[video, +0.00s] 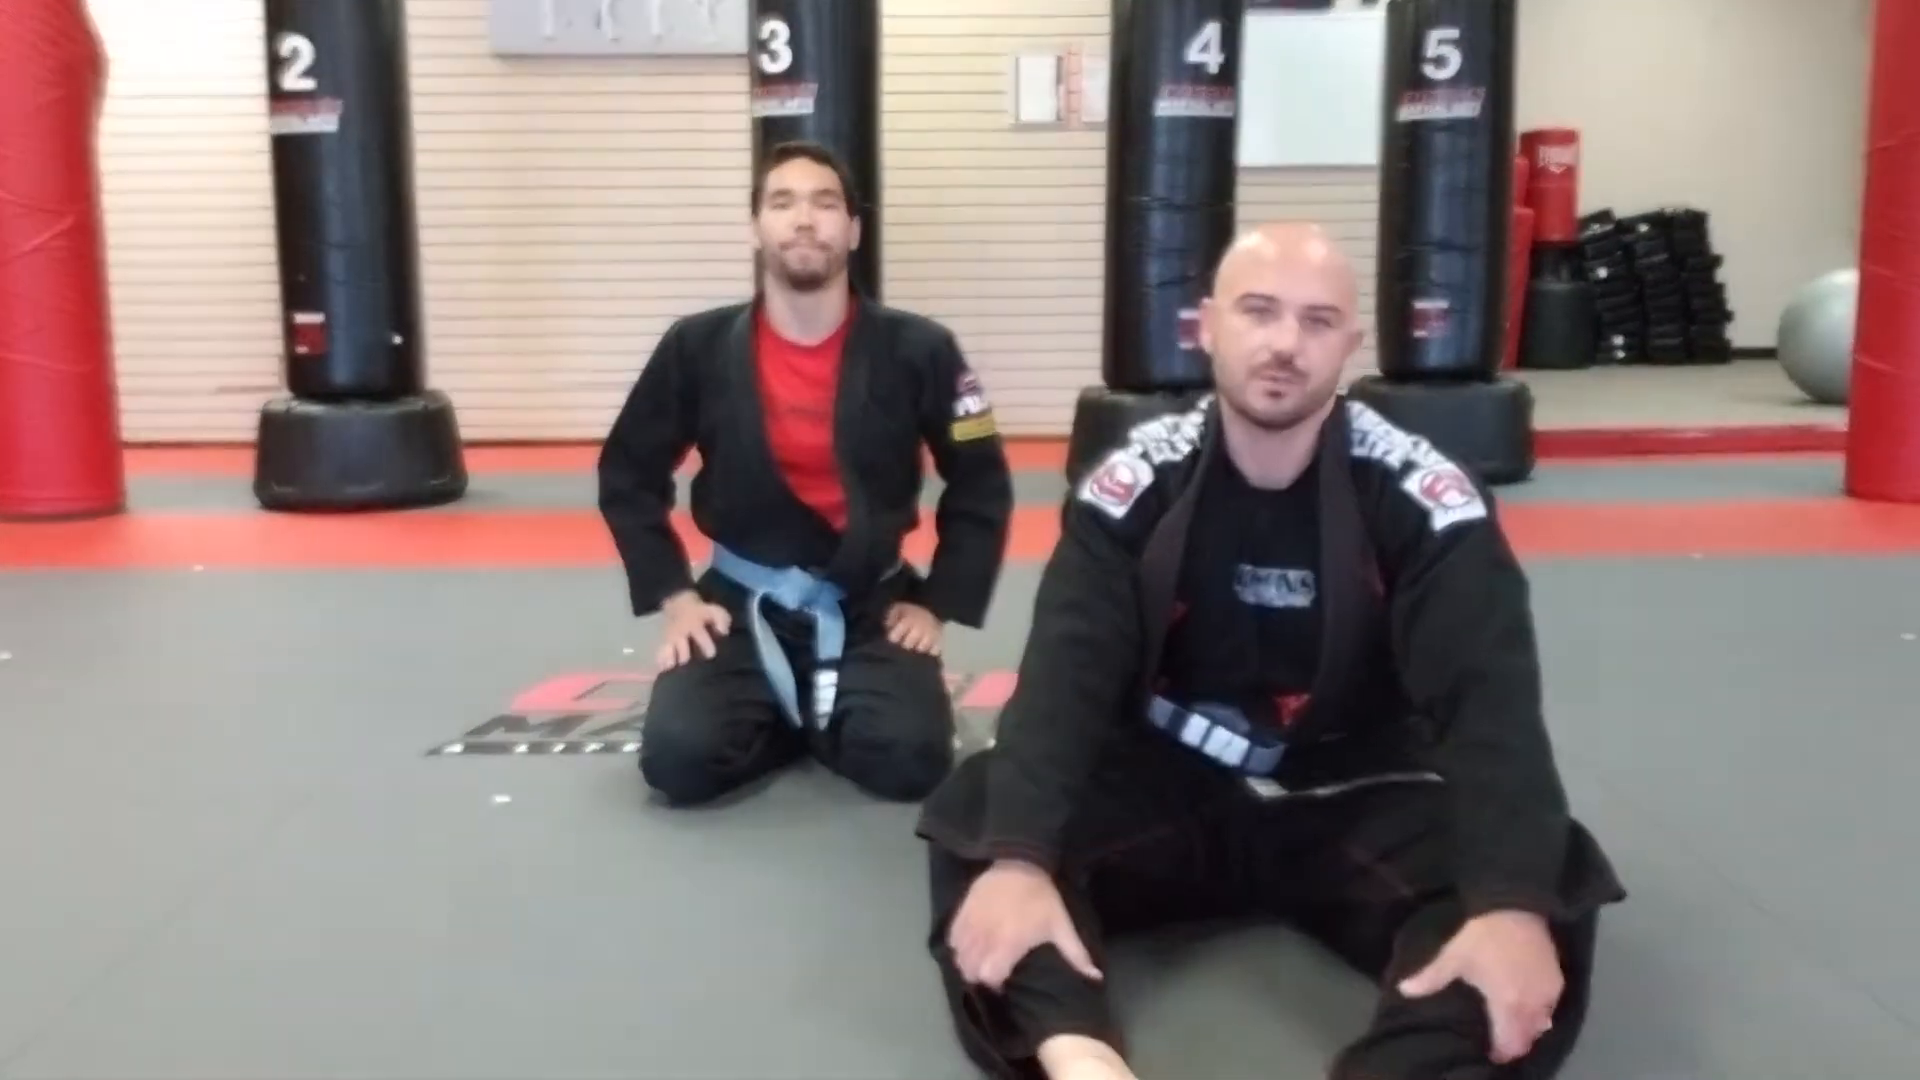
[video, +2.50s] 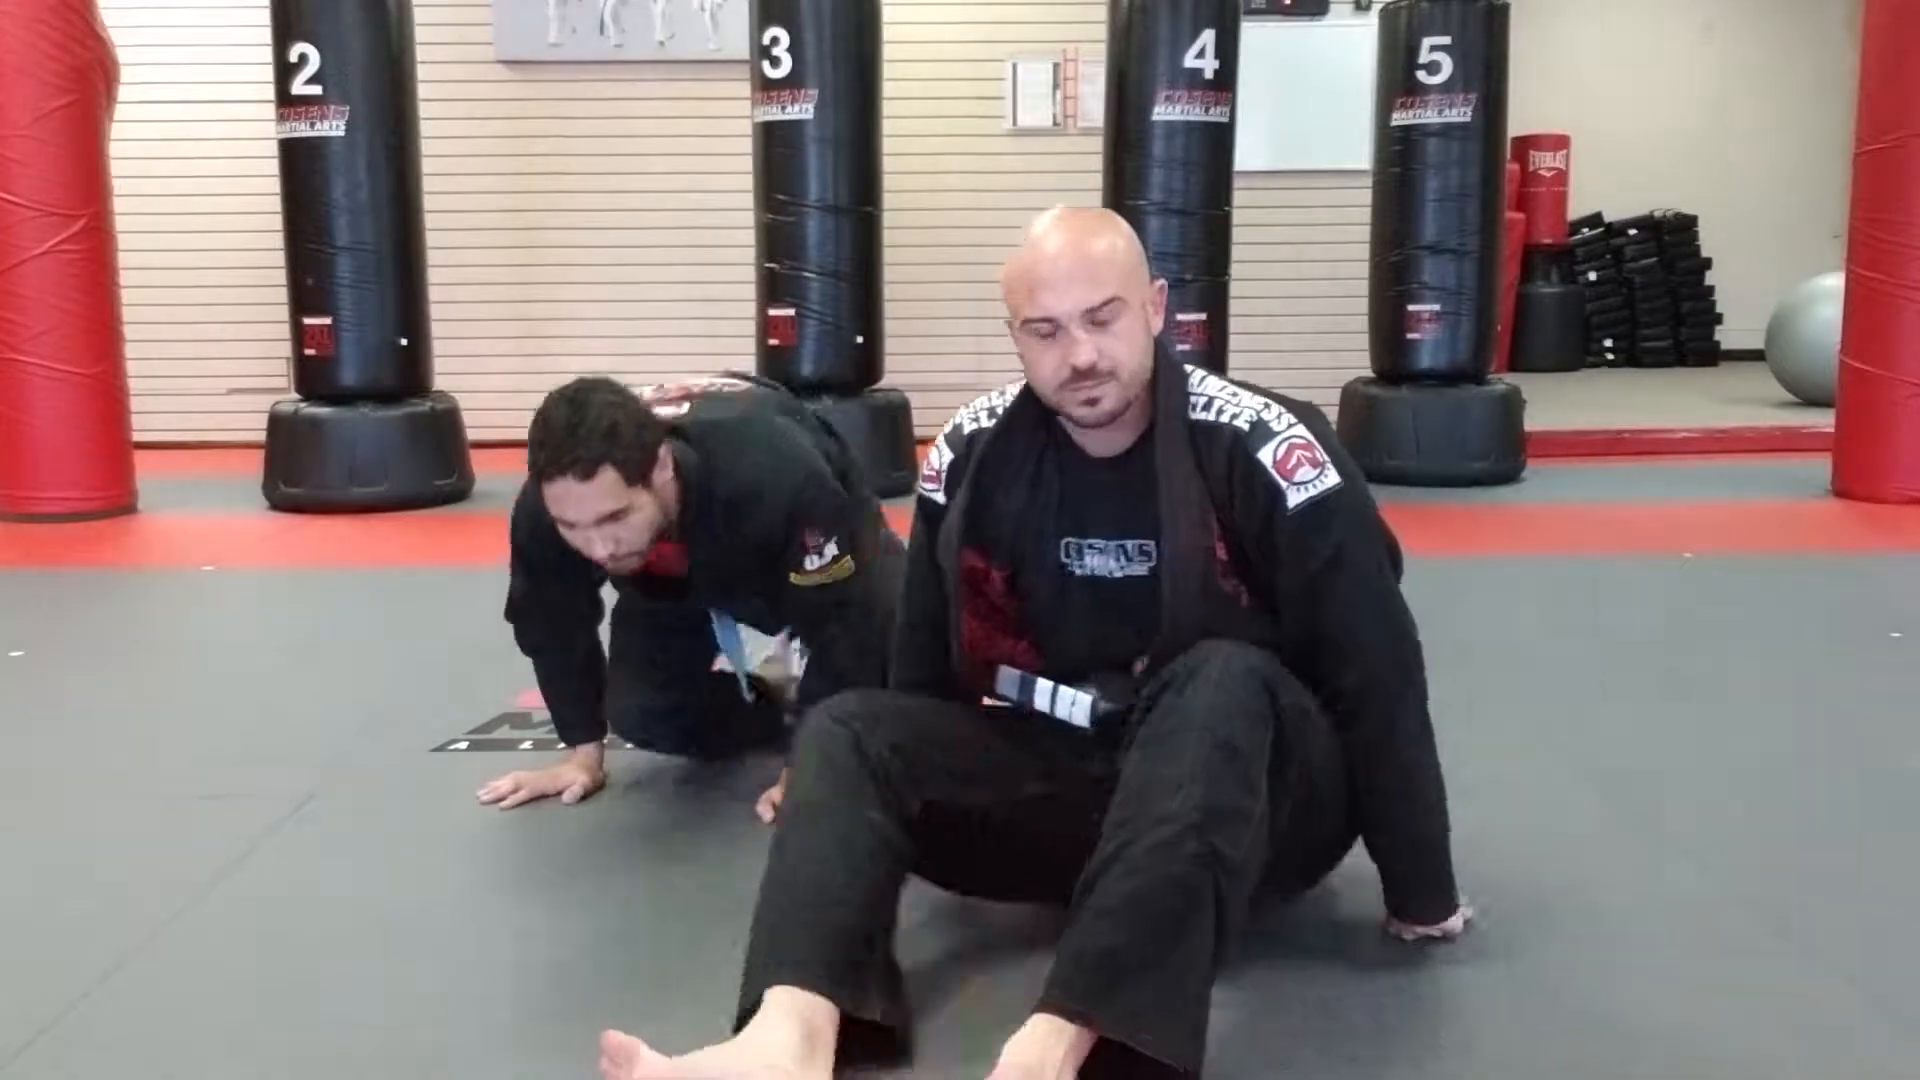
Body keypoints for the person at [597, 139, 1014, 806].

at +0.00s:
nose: (804, 217)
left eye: (825, 203)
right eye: (782, 203)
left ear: (854, 231)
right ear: (756, 230)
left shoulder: (917, 353)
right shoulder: (698, 349)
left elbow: (981, 482)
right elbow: (628, 472)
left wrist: (938, 605)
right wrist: (674, 594)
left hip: (871, 603)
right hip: (740, 599)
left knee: (909, 762)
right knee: (679, 762)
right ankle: (807, 718)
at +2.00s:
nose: (772, 275)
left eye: (792, 252)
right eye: (749, 254)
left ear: (824, 257)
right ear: (725, 263)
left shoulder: (889, 370)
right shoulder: (676, 374)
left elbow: (936, 519)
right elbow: (628, 518)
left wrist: (872, 621)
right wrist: (627, 646)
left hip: (861, 609)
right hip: (735, 604)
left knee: (919, 758)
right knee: (676, 749)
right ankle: (809, 708)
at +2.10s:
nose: (747, 306)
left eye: (767, 280)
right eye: (725, 284)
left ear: (801, 280)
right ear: (700, 289)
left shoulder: (866, 387)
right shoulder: (655, 395)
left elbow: (900, 545)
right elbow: (613, 552)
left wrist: (841, 678)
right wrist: (595, 704)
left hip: (856, 605)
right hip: (731, 606)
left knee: (902, 752)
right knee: (681, 750)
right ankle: (804, 710)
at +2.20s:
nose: (712, 353)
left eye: (733, 324)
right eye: (688, 328)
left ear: (769, 318)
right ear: (663, 328)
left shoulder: (839, 412)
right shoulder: (625, 419)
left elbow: (862, 587)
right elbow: (587, 578)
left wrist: (816, 749)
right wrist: (583, 748)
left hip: (835, 619)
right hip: (715, 620)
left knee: (893, 765)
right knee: (687, 764)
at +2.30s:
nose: (670, 425)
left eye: (691, 395)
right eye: (644, 400)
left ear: (730, 372)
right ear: (618, 384)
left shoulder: (802, 432)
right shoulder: (587, 445)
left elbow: (841, 601)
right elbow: (570, 596)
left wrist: (804, 770)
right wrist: (582, 750)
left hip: (817, 626)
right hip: (697, 627)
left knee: (882, 770)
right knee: (682, 772)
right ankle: (799, 716)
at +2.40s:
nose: (626, 489)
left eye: (647, 460)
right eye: (602, 467)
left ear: (689, 418)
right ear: (578, 443)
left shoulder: (782, 437)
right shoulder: (561, 466)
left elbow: (831, 606)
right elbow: (557, 606)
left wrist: (803, 771)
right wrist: (582, 752)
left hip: (799, 599)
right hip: (679, 611)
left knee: (858, 767)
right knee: (668, 768)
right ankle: (791, 714)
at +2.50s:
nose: (596, 547)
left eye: (614, 519)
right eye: (571, 527)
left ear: (663, 472)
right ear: (547, 503)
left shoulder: (767, 474)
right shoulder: (546, 512)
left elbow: (849, 619)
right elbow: (555, 624)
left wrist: (813, 765)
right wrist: (582, 752)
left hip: (798, 556)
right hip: (672, 576)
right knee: (643, 711)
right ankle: (785, 714)